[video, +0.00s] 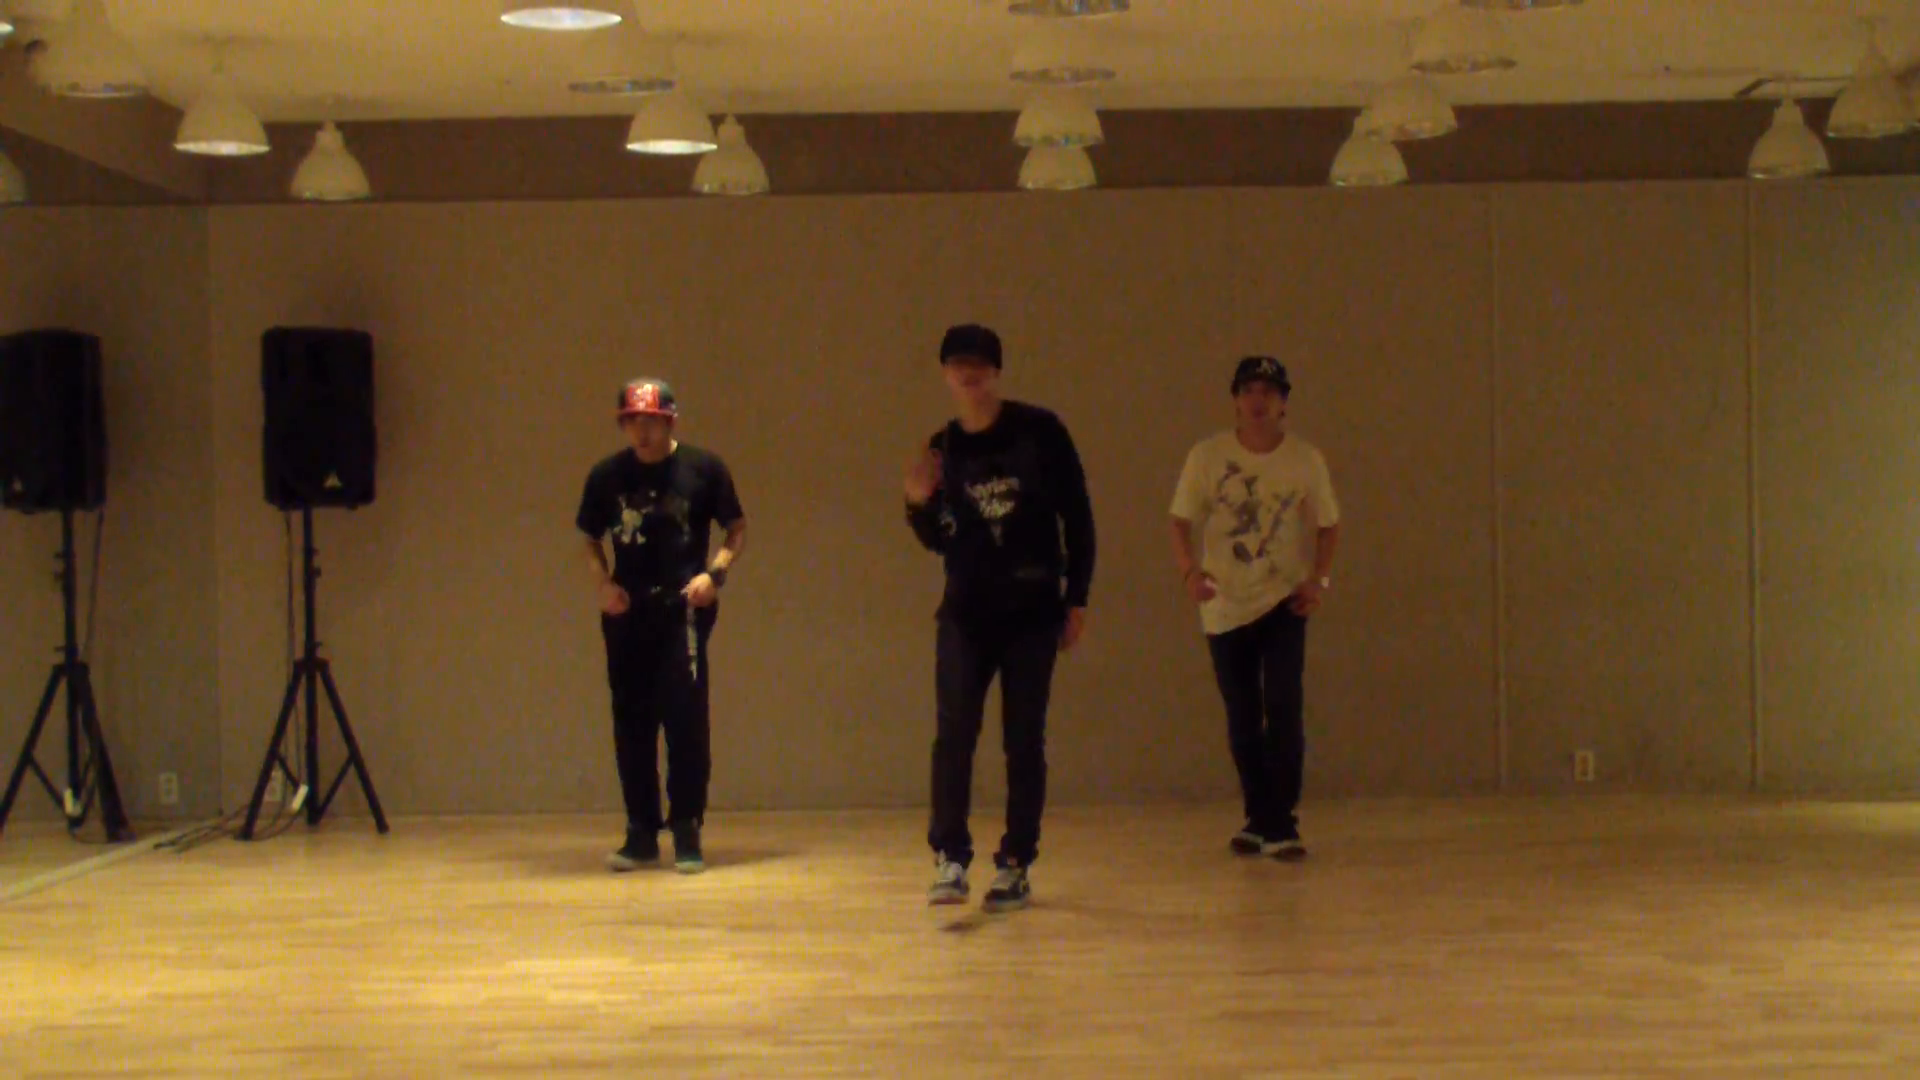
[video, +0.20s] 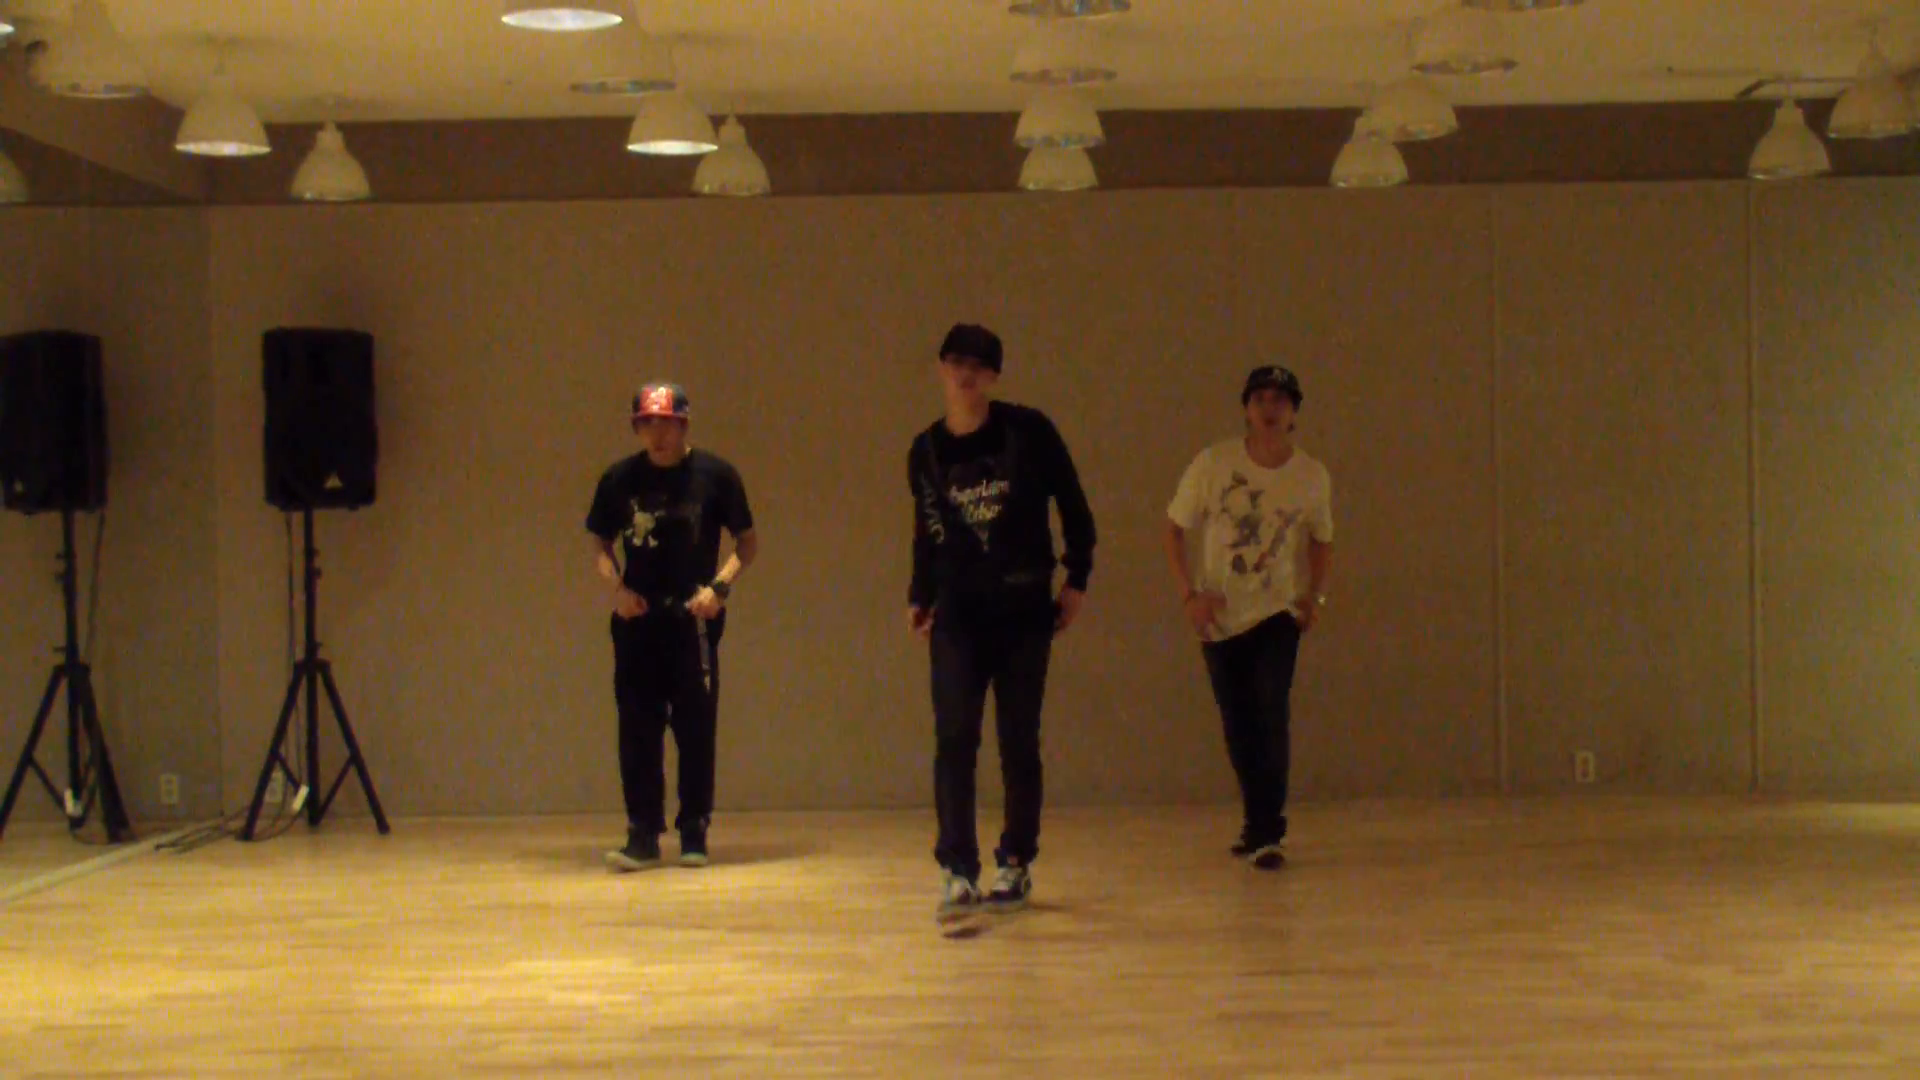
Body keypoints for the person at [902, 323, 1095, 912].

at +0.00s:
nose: (969, 376)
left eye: (979, 366)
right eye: (959, 367)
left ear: (998, 370)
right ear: (945, 374)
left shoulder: (1041, 430)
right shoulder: (943, 448)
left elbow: (1078, 517)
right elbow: (937, 540)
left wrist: (1076, 599)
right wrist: (919, 501)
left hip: (1033, 605)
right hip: (967, 606)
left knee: (1023, 738)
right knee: (954, 732)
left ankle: (1016, 860)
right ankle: (949, 857)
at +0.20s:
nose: (968, 374)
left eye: (980, 365)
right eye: (958, 363)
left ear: (996, 374)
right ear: (941, 369)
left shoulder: (1031, 431)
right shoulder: (926, 452)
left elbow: (1077, 513)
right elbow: (926, 532)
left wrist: (1076, 583)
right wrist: (920, 595)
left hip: (1023, 609)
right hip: (956, 614)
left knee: (1018, 738)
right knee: (954, 739)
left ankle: (1015, 861)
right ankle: (957, 869)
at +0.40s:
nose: (985, 370)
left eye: (996, 363)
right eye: (976, 359)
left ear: (1009, 374)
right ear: (956, 364)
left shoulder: (1026, 439)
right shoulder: (917, 442)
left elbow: (1053, 517)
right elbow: (898, 529)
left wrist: (1059, 583)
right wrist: (904, 608)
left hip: (1012, 613)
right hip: (943, 614)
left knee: (1007, 744)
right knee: (952, 750)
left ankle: (1016, 852)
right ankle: (964, 881)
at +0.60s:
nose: (984, 363)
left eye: (995, 355)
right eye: (974, 353)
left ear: (1011, 366)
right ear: (955, 362)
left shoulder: (1028, 444)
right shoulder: (918, 434)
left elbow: (1041, 532)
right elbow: (893, 523)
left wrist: (1041, 607)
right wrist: (894, 606)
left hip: (1005, 617)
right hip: (937, 616)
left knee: (1002, 751)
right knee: (949, 756)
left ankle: (1020, 861)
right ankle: (965, 884)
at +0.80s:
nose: (970, 375)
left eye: (980, 364)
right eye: (960, 365)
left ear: (998, 370)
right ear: (945, 371)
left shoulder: (1030, 447)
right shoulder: (917, 445)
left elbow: (1049, 539)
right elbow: (893, 533)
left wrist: (1044, 620)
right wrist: (892, 612)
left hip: (1005, 625)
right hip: (936, 626)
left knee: (998, 758)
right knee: (949, 760)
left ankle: (1006, 882)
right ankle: (966, 885)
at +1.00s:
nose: (952, 391)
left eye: (963, 380)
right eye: (942, 381)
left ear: (983, 384)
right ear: (928, 386)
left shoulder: (1022, 453)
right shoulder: (911, 458)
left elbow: (1053, 535)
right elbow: (891, 533)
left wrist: (1049, 578)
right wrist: (886, 565)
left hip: (1006, 625)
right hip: (937, 628)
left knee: (998, 747)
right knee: (948, 760)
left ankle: (1009, 853)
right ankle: (967, 885)